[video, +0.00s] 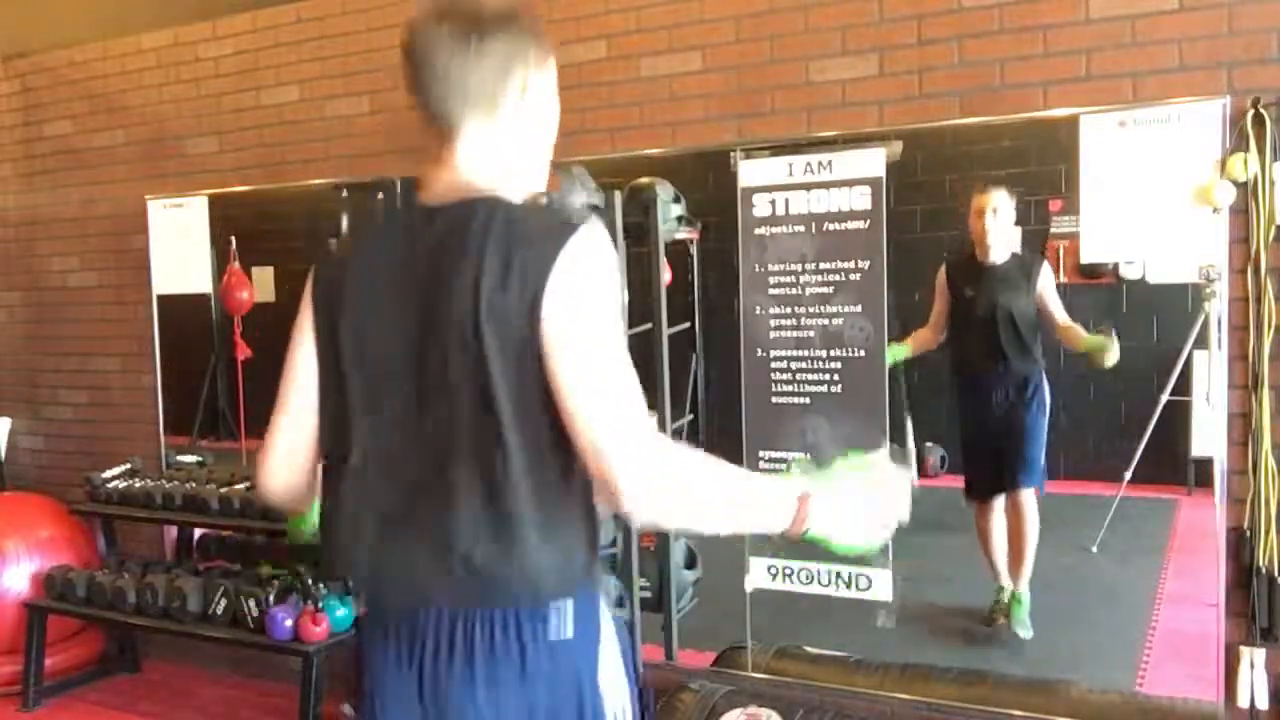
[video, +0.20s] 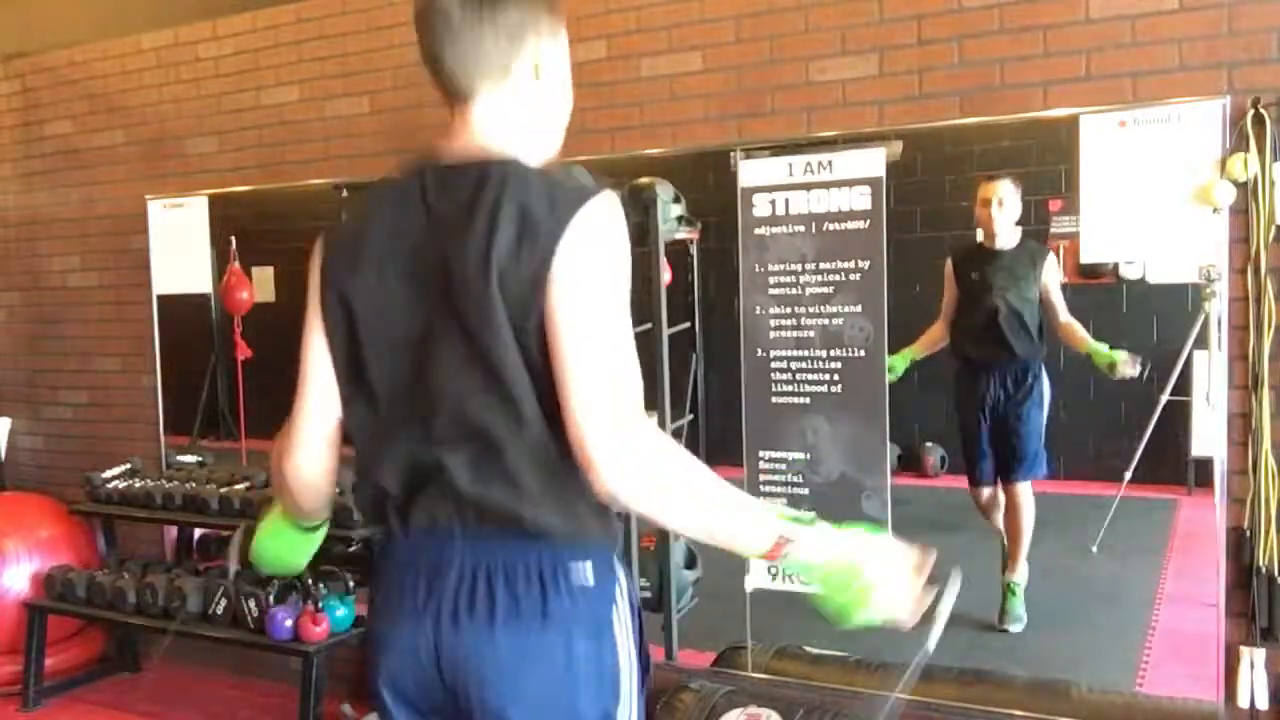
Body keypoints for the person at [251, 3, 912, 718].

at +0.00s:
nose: (557, 118)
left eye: (553, 93)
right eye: (553, 93)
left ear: (424, 105)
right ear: (528, 97)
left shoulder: (339, 270)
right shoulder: (557, 247)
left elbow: (282, 478)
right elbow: (632, 472)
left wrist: (393, 434)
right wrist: (810, 502)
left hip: (396, 637)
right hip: (539, 635)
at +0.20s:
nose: (569, 83)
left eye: (564, 61)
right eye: (565, 60)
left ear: (441, 74)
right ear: (540, 63)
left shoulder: (348, 239)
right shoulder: (571, 212)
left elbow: (303, 471)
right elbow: (613, 448)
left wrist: (302, 511)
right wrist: (802, 544)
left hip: (407, 592)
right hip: (550, 601)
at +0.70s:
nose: (573, 161)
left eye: (569, 142)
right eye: (570, 141)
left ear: (446, 144)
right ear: (550, 140)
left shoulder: (343, 299)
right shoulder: (578, 296)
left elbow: (271, 507)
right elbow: (643, 530)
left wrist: (387, 463)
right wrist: (816, 528)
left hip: (377, 660)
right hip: (529, 665)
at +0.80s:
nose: (569, 154)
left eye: (565, 128)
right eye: (565, 126)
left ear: (443, 129)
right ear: (537, 122)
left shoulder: (335, 282)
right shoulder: (570, 268)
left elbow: (265, 489)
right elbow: (648, 507)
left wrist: (391, 454)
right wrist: (816, 519)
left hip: (363, 654)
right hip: (516, 659)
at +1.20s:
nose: (526, 152)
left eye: (521, 125)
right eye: (520, 125)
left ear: (404, 132)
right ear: (488, 126)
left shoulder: (304, 291)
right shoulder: (523, 270)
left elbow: (243, 498)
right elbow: (607, 497)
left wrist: (365, 448)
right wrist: (785, 499)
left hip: (361, 663)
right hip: (510, 661)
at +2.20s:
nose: (555, 67)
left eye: (551, 45)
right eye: (553, 44)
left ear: (424, 53)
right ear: (530, 45)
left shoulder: (324, 209)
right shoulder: (557, 192)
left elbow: (260, 428)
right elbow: (602, 439)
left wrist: (234, 524)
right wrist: (778, 565)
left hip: (355, 572)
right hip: (503, 586)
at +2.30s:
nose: (556, 147)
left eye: (551, 121)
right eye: (552, 120)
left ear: (427, 127)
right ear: (528, 116)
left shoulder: (331, 279)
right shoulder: (557, 272)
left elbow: (250, 495)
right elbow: (609, 523)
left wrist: (338, 428)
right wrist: (790, 550)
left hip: (359, 641)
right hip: (513, 654)